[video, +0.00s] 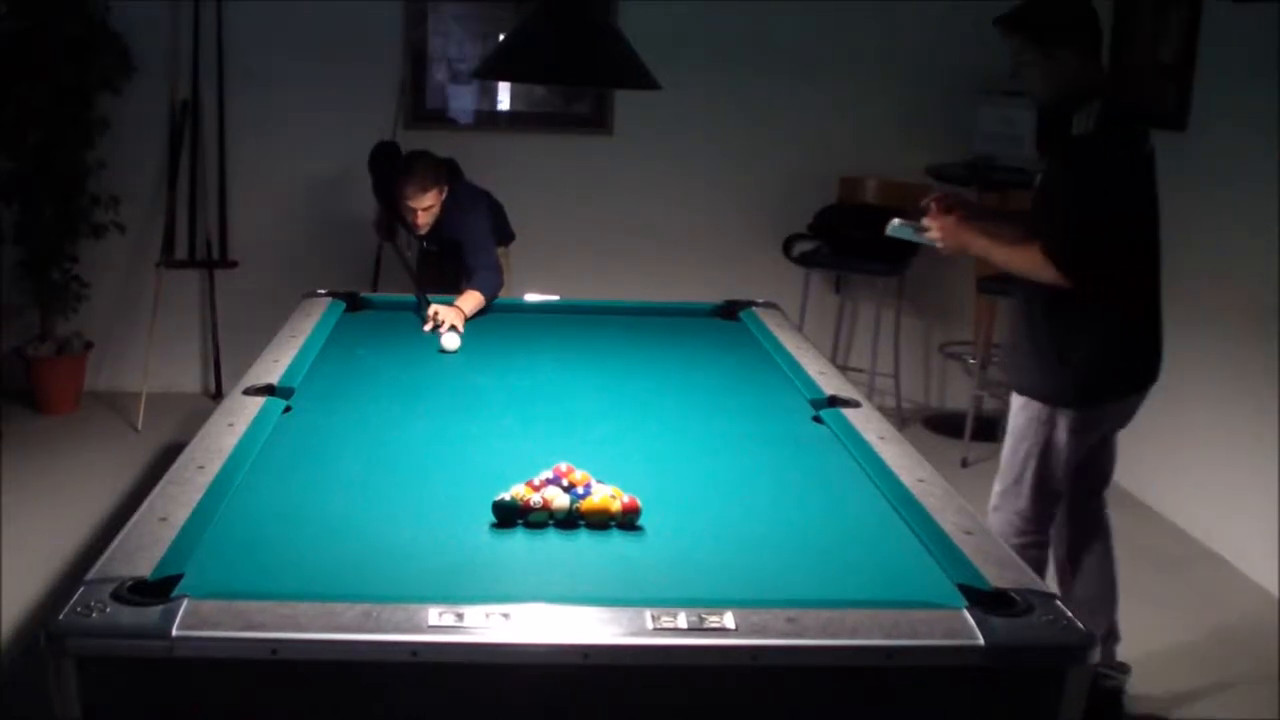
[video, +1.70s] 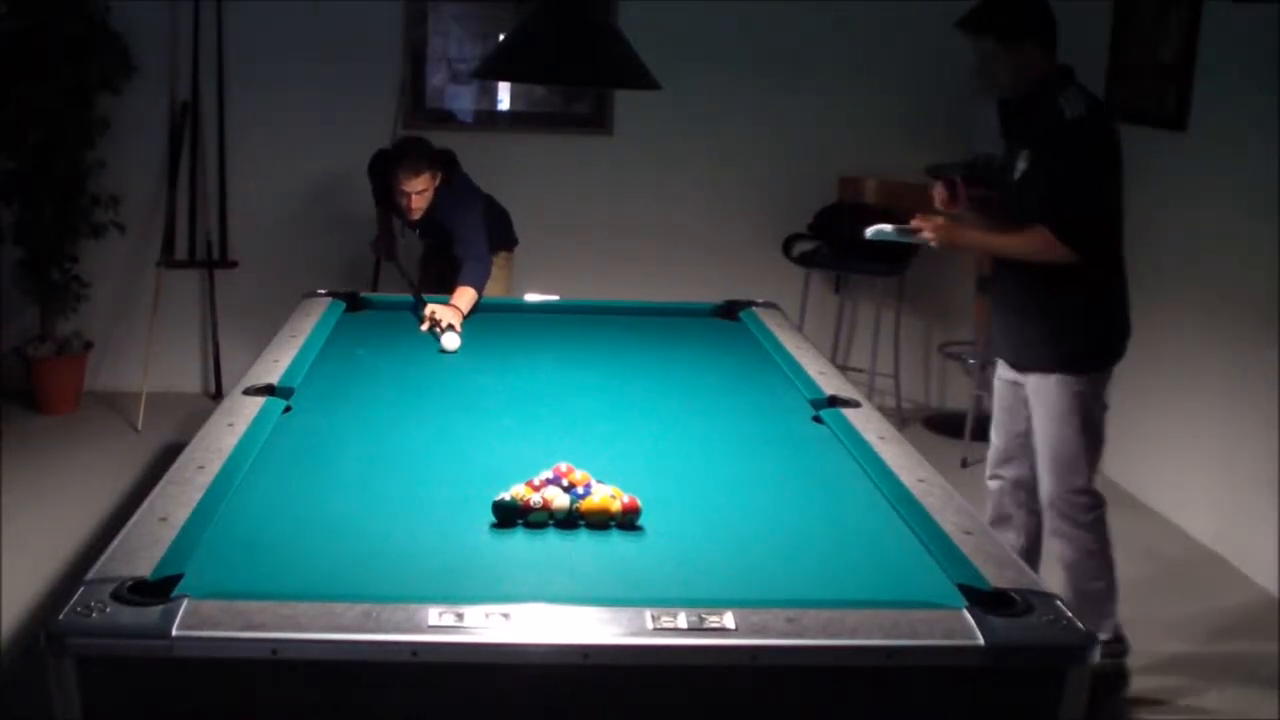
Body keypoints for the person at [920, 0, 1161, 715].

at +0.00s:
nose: (1019, 75)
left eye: (1028, 60)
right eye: (1018, 61)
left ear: (1063, 59)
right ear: (1081, 55)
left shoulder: (1085, 134)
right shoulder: (1106, 126)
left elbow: (1069, 265)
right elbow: (1060, 231)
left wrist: (974, 242)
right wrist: (978, 217)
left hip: (1065, 372)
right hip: (1102, 367)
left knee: (1015, 528)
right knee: (1080, 521)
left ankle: (1005, 674)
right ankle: (1093, 661)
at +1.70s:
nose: (985, 69)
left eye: (993, 54)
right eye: (983, 55)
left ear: (1026, 49)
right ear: (1017, 51)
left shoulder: (1077, 118)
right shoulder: (1024, 113)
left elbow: (1069, 242)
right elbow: (1030, 215)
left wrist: (968, 237)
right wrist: (973, 204)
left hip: (1070, 346)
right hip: (1019, 338)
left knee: (1068, 502)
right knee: (1009, 487)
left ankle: (1097, 644)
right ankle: (1003, 627)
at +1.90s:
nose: (1027, 66)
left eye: (1039, 52)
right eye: (1026, 53)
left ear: (1075, 52)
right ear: (1042, 53)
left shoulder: (1133, 132)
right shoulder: (1041, 125)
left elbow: (1137, 249)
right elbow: (1051, 224)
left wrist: (1022, 244)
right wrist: (1001, 226)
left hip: (1110, 364)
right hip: (1040, 352)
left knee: (1132, 511)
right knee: (1025, 495)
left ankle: (1175, 661)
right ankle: (1008, 628)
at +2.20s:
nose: (1121, 75)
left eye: (1137, 60)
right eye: (1125, 60)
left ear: (1186, 64)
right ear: (1150, 70)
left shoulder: (1258, 156)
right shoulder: (1129, 146)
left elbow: (1263, 282)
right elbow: (1099, 241)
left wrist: (1149, 277)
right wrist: (1081, 251)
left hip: (1213, 391)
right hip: (1122, 375)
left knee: (1199, 547)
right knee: (1060, 505)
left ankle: (1191, 678)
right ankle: (1018, 634)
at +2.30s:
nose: (1171, 76)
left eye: (1186, 63)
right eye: (1170, 61)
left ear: (1228, 64)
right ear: (1172, 65)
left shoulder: (1276, 146)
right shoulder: (1153, 142)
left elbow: (1276, 277)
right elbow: (1114, 260)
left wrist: (1185, 278)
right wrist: (1124, 262)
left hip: (1239, 382)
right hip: (1146, 370)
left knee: (1214, 550)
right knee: (1078, 515)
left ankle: (1194, 682)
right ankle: (1041, 650)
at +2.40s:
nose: (1228, 90)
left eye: (1242, 78)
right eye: (1220, 74)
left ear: (1266, 80)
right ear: (1205, 72)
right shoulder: (1174, 138)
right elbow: (1138, 248)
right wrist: (1154, 256)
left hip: (1262, 380)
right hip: (1167, 363)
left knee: (1232, 553)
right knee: (1111, 523)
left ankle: (1195, 681)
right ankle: (1094, 663)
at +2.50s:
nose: (1245, 78)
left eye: (1255, 65)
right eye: (1237, 61)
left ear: (1275, 71)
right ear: (1222, 60)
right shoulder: (1192, 134)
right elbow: (1140, 230)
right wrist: (1170, 269)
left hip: (1271, 372)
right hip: (1192, 360)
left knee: (1246, 546)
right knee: (1161, 535)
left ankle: (1198, 681)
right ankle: (1145, 681)